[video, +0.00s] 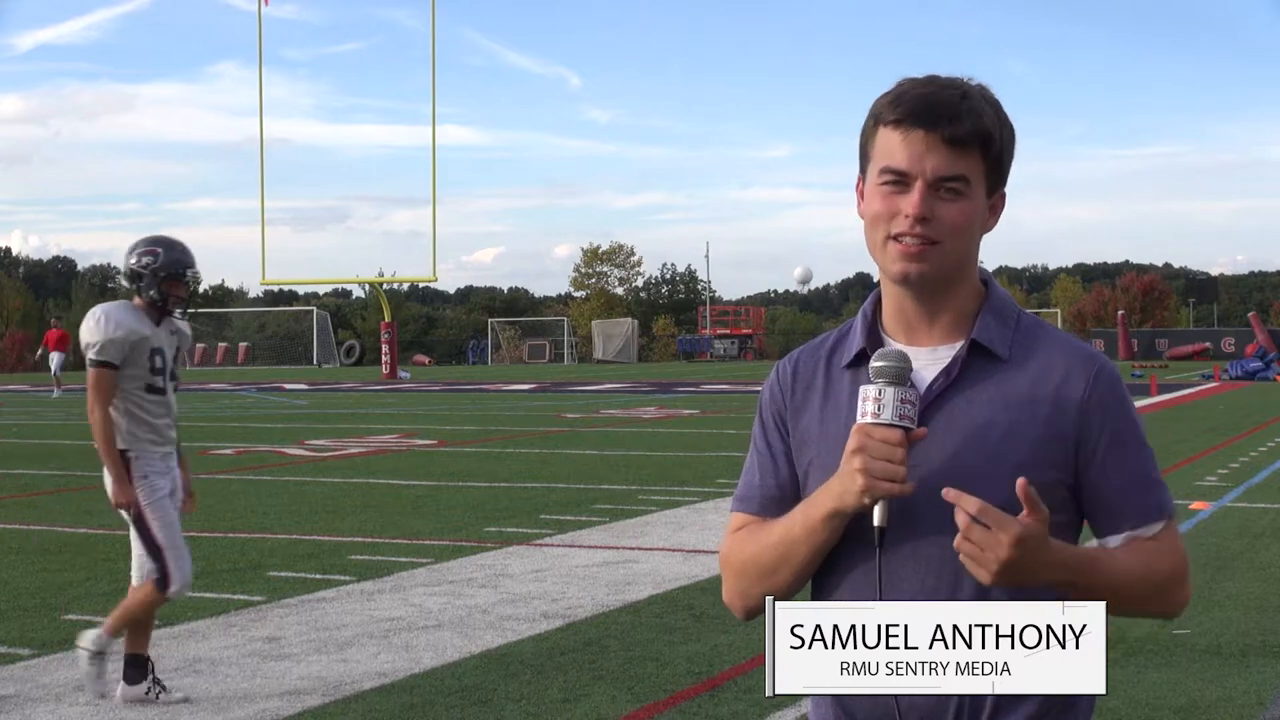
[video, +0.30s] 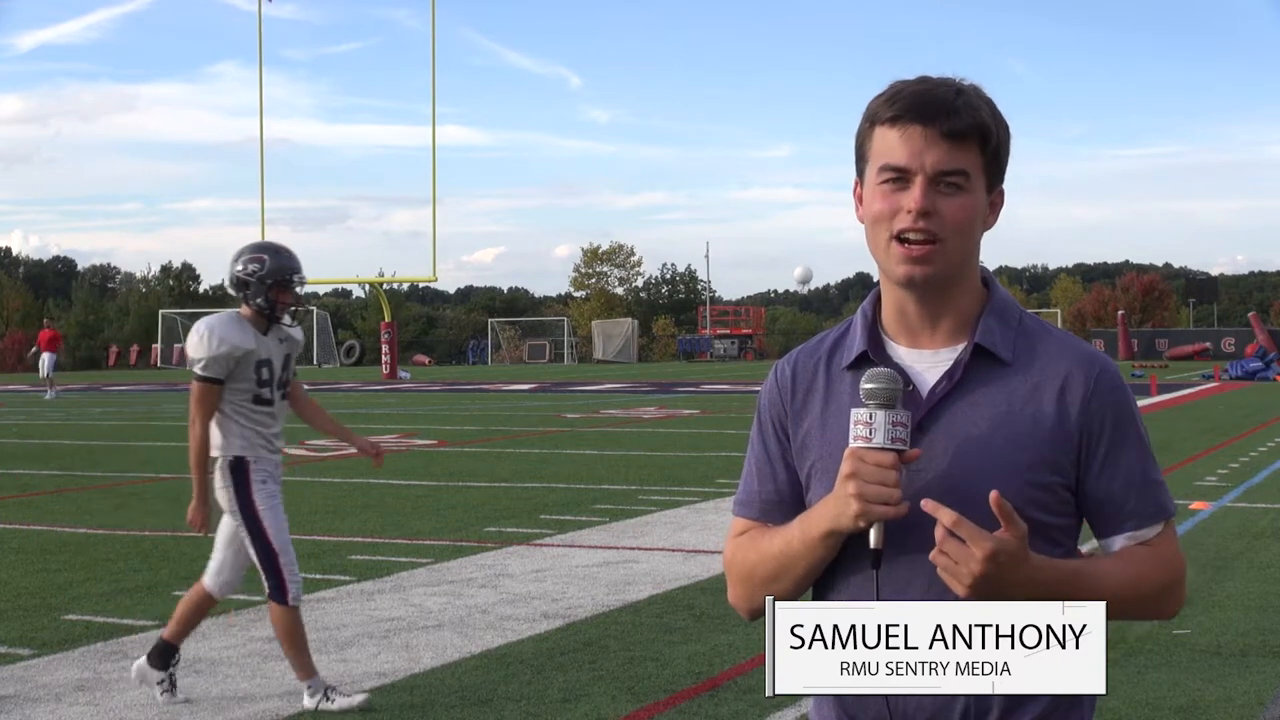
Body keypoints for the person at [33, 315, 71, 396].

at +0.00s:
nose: (53, 324)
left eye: (55, 322)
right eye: (52, 322)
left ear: (59, 322)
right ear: (51, 323)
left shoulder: (63, 332)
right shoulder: (49, 332)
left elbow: (69, 345)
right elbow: (43, 344)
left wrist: (70, 355)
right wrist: (38, 353)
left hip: (60, 353)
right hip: (51, 353)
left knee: (54, 371)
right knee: (53, 372)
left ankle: (58, 389)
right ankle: (57, 389)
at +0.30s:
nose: (45, 324)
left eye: (47, 322)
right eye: (44, 322)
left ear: (51, 322)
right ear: (43, 323)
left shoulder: (55, 332)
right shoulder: (42, 332)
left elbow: (60, 345)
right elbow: (37, 345)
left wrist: (62, 355)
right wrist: (30, 353)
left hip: (50, 354)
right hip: (43, 353)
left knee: (47, 374)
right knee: (43, 375)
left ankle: (50, 392)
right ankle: (54, 390)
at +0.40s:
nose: (43, 323)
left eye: (45, 321)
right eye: (42, 321)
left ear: (49, 323)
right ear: (41, 323)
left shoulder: (51, 332)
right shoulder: (40, 332)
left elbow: (54, 345)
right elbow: (36, 344)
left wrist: (54, 355)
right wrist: (31, 354)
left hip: (47, 353)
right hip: (40, 353)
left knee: (46, 374)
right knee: (36, 374)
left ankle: (49, 392)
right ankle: (48, 386)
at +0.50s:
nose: (41, 323)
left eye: (42, 321)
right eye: (40, 322)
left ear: (46, 322)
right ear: (39, 323)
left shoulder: (48, 332)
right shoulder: (37, 331)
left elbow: (48, 344)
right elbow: (36, 342)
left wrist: (44, 355)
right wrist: (33, 351)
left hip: (44, 353)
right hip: (37, 352)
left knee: (44, 374)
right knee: (32, 373)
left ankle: (48, 392)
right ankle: (38, 390)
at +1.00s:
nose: (18, 324)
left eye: (20, 322)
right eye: (17, 322)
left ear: (23, 323)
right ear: (17, 324)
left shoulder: (25, 332)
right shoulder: (17, 332)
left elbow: (26, 344)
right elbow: (17, 343)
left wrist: (20, 353)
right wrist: (15, 353)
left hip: (23, 354)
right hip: (16, 354)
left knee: (24, 376)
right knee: (16, 375)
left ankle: (39, 390)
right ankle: (16, 392)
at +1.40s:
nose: (0, 325)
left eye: (1, 323)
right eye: (1, 323)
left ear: (3, 324)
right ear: (5, 324)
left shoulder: (5, 332)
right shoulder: (10, 332)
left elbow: (16, 344)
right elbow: (16, 344)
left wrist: (20, 354)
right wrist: (20, 354)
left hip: (5, 354)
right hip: (9, 354)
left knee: (4, 374)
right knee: (8, 375)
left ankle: (14, 392)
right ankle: (14, 392)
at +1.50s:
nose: (1, 325)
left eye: (1, 323)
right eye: (1, 323)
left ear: (2, 324)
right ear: (3, 324)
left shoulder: (4, 333)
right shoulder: (5, 332)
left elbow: (11, 344)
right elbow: (11, 344)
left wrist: (15, 355)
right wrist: (15, 355)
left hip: (3, 354)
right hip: (5, 354)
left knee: (4, 374)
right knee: (4, 374)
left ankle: (13, 391)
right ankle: (12, 391)